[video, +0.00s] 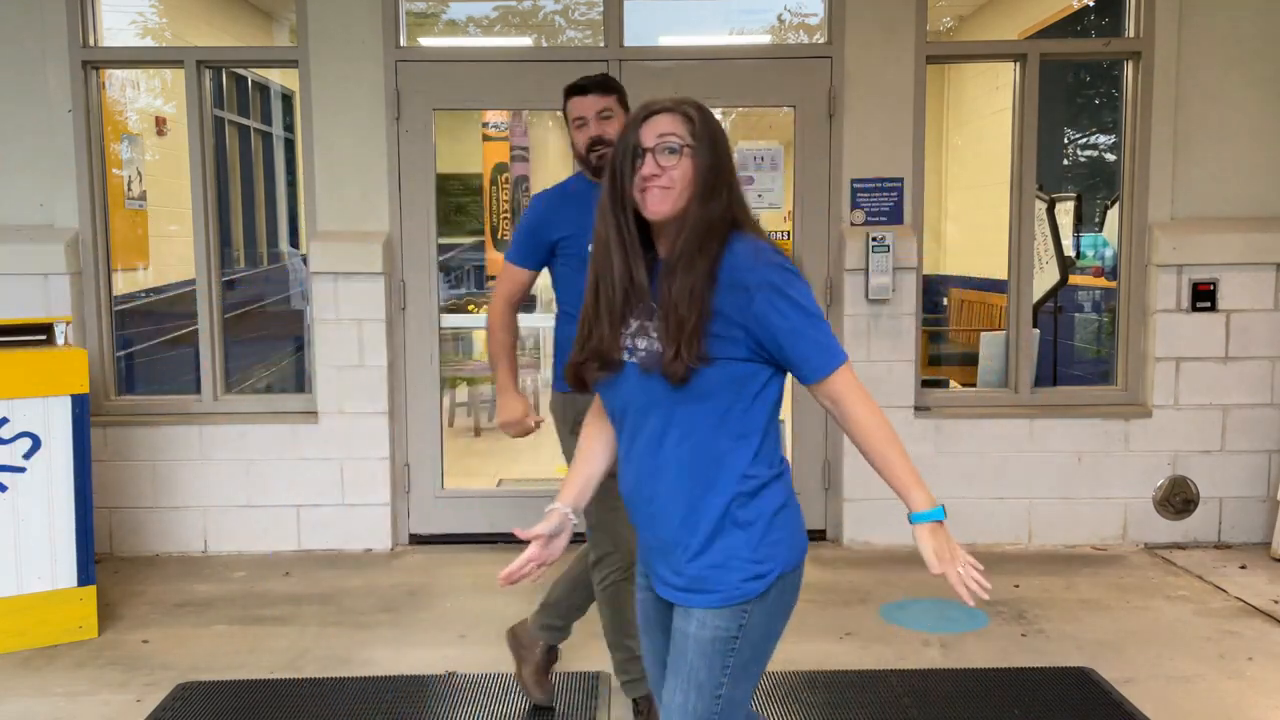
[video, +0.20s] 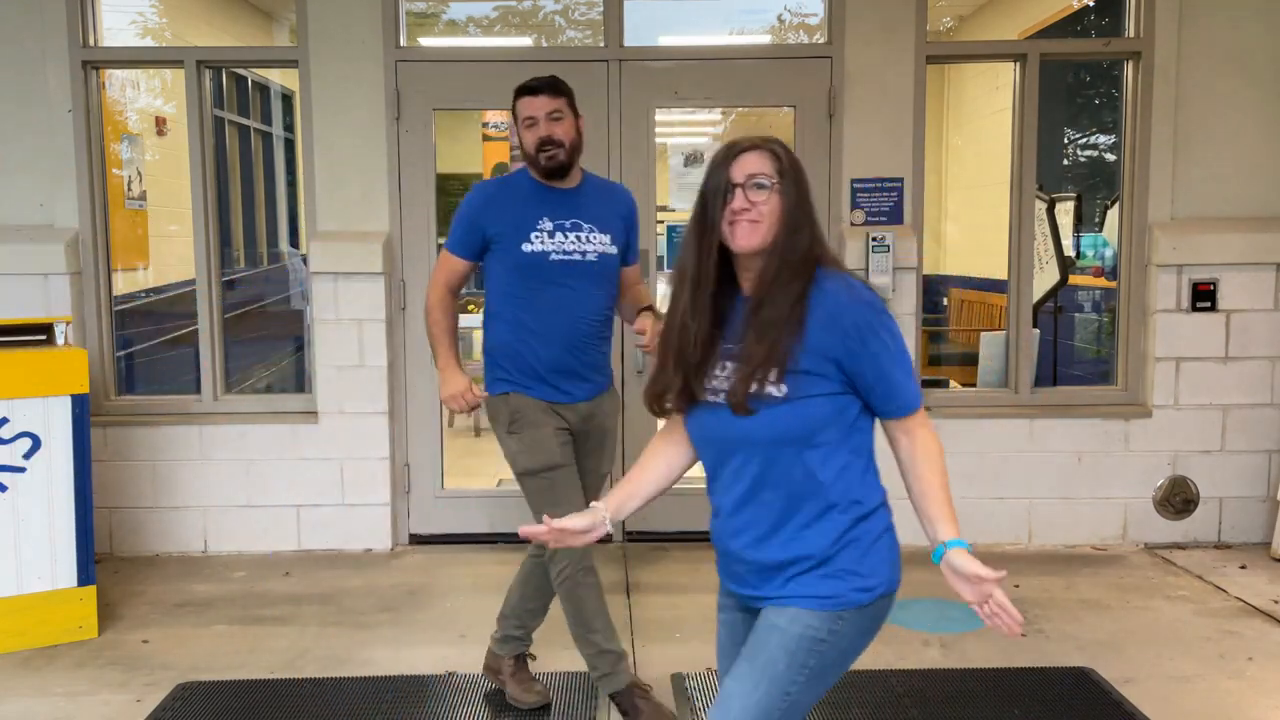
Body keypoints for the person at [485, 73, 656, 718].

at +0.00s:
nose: (595, 132)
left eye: (606, 117)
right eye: (580, 123)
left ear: (629, 121)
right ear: (568, 135)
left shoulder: (659, 198)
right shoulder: (553, 209)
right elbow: (503, 301)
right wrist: (507, 390)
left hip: (657, 391)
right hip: (588, 394)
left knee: (619, 533)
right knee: (619, 544)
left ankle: (538, 635)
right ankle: (643, 693)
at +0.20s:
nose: (545, 131)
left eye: (557, 118)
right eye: (531, 122)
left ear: (579, 125)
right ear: (516, 136)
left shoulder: (616, 203)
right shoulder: (489, 202)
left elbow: (630, 289)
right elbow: (441, 290)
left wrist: (643, 316)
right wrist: (450, 372)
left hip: (594, 396)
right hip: (522, 396)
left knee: (568, 529)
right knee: (570, 534)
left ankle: (506, 651)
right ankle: (619, 683)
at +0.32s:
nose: (517, 134)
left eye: (529, 121)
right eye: (504, 123)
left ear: (551, 130)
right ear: (488, 133)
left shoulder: (584, 207)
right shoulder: (455, 203)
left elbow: (590, 289)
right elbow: (420, 293)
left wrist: (595, 326)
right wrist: (434, 363)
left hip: (560, 395)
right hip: (485, 393)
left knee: (546, 536)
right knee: (514, 530)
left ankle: (500, 654)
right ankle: (541, 663)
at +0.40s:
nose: (493, 137)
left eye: (506, 125)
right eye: (480, 126)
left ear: (527, 135)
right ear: (465, 137)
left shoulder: (559, 210)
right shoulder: (432, 205)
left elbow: (577, 295)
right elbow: (403, 296)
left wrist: (584, 326)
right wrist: (414, 362)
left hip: (537, 405)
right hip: (455, 404)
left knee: (531, 541)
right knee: (458, 535)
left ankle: (504, 658)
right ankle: (451, 663)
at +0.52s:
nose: (455, 125)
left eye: (467, 114)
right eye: (442, 115)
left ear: (486, 123)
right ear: (423, 127)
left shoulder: (521, 196)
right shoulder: (390, 197)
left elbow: (561, 269)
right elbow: (354, 283)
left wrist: (581, 303)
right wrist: (369, 328)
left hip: (506, 395)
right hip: (421, 395)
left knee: (510, 535)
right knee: (381, 537)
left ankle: (503, 659)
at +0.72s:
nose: (385, 131)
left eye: (398, 121)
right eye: (373, 120)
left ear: (418, 133)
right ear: (354, 132)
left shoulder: (459, 202)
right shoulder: (320, 203)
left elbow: (528, 258)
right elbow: (265, 286)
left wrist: (557, 312)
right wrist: (269, 339)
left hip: (438, 404)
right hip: (348, 408)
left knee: (477, 539)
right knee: (318, 545)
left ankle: (502, 660)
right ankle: (295, 676)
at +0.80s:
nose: (357, 126)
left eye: (371, 116)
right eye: (345, 115)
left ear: (391, 129)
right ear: (326, 128)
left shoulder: (432, 195)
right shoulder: (292, 198)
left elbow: (485, 266)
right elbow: (244, 282)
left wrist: (506, 327)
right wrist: (262, 342)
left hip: (414, 400)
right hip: (323, 402)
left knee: (460, 533)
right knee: (305, 542)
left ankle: (497, 657)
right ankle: (294, 676)